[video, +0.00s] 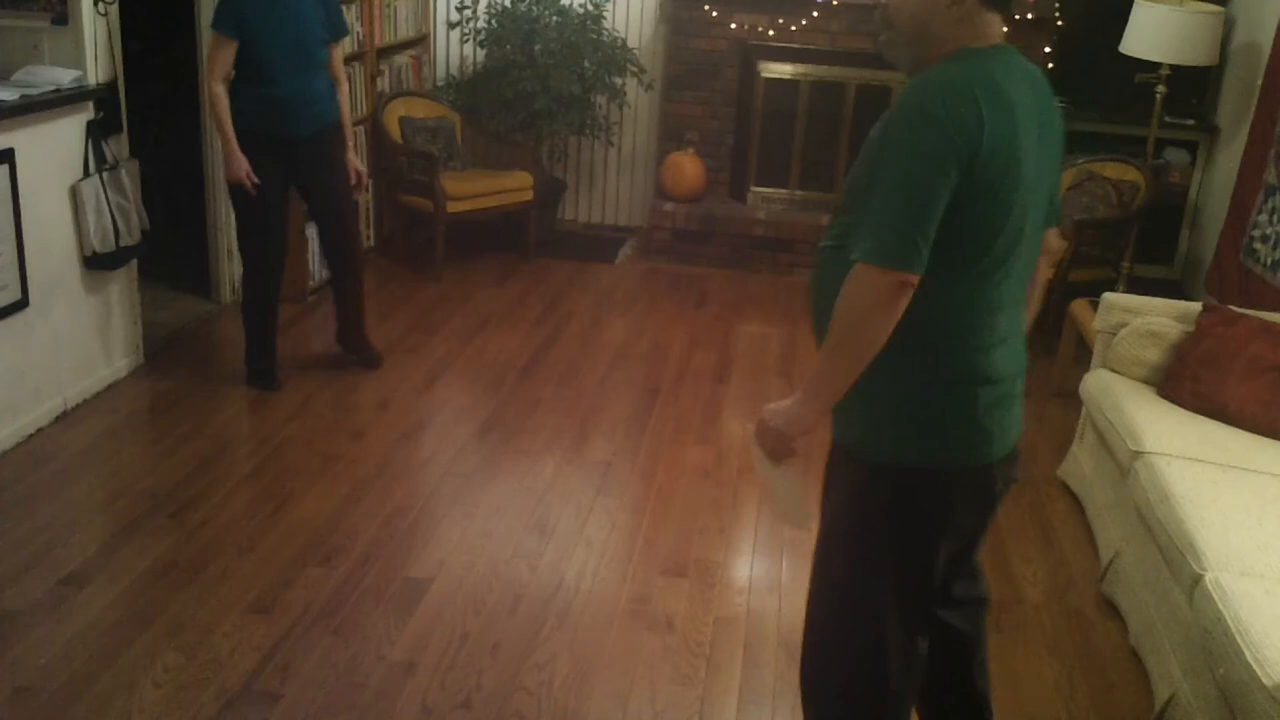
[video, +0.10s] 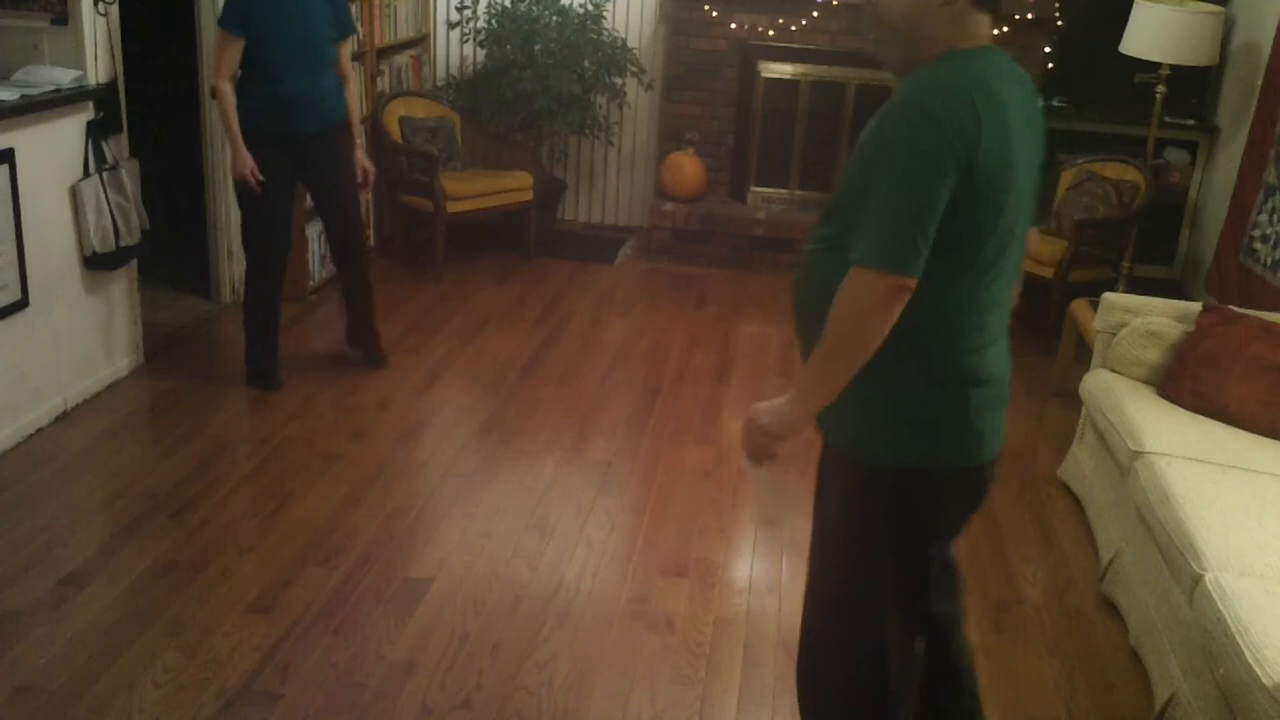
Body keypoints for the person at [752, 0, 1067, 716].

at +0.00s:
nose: (878, 14)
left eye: (891, 0)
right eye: (880, 3)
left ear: (950, 2)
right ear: (972, 8)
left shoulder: (938, 100)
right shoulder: (1029, 90)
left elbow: (888, 277)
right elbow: (1044, 243)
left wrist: (805, 404)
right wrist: (1002, 342)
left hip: (905, 440)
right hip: (982, 432)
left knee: (857, 643)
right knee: (947, 609)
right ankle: (958, 713)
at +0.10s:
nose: (869, 14)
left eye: (880, 1)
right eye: (872, 3)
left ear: (938, 3)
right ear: (964, 8)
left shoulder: (935, 100)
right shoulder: (1008, 88)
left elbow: (882, 280)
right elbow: (993, 268)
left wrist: (798, 404)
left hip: (894, 440)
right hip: (952, 431)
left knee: (850, 657)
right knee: (921, 620)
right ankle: (947, 709)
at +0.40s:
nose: (824, 12)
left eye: (846, 0)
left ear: (914, 8)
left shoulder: (925, 107)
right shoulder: (870, 87)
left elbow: (897, 291)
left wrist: (799, 419)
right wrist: (776, 381)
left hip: (867, 438)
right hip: (808, 422)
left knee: (842, 618)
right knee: (784, 576)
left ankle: (837, 710)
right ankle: (777, 690)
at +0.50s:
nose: (818, 10)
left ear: (907, 8)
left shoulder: (928, 107)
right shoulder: (822, 89)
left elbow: (922, 283)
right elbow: (794, 234)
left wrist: (839, 417)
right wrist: (750, 340)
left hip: (870, 430)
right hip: (790, 401)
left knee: (837, 608)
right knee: (768, 574)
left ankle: (831, 710)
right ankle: (767, 690)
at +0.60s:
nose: (816, 12)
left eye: (840, 1)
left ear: (897, 9)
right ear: (804, 5)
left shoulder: (928, 105)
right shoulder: (788, 78)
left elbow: (943, 274)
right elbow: (765, 219)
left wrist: (889, 412)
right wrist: (718, 310)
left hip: (852, 406)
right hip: (772, 384)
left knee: (831, 585)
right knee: (760, 556)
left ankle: (822, 706)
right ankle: (766, 684)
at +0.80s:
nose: (803, 9)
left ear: (871, 3)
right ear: (777, 3)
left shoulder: (919, 94)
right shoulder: (739, 66)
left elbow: (956, 253)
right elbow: (700, 197)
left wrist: (960, 384)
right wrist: (676, 309)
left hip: (855, 384)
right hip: (753, 369)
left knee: (824, 560)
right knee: (756, 540)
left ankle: (806, 705)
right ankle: (767, 678)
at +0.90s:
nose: (803, 9)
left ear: (863, 4)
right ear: (770, 2)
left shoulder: (915, 89)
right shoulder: (726, 72)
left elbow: (954, 235)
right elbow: (687, 198)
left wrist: (966, 361)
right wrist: (671, 313)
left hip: (860, 378)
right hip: (751, 365)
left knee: (835, 556)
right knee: (759, 533)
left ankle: (808, 704)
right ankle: (767, 672)